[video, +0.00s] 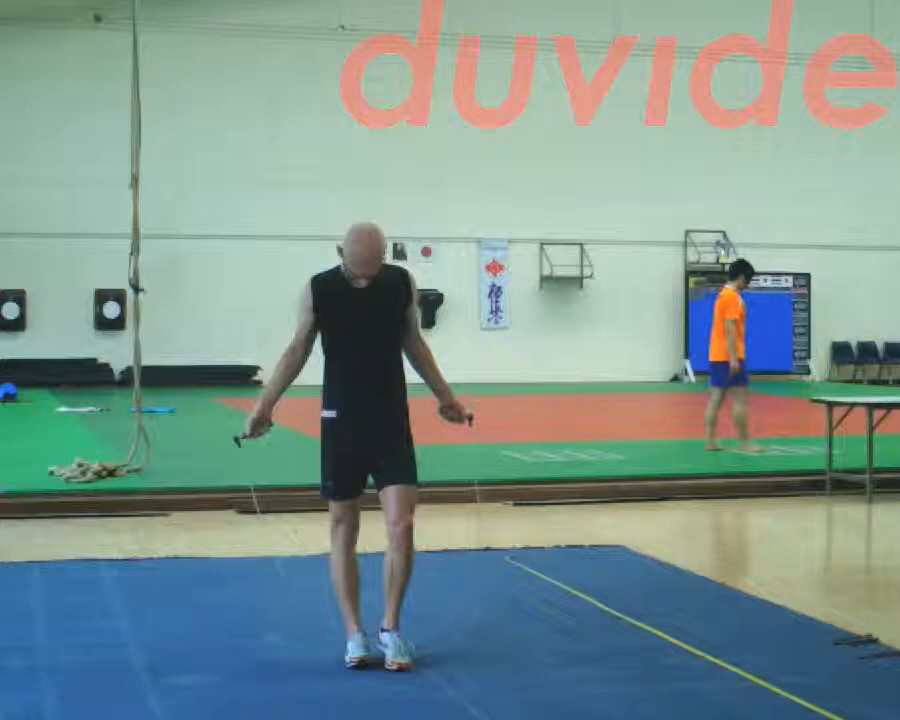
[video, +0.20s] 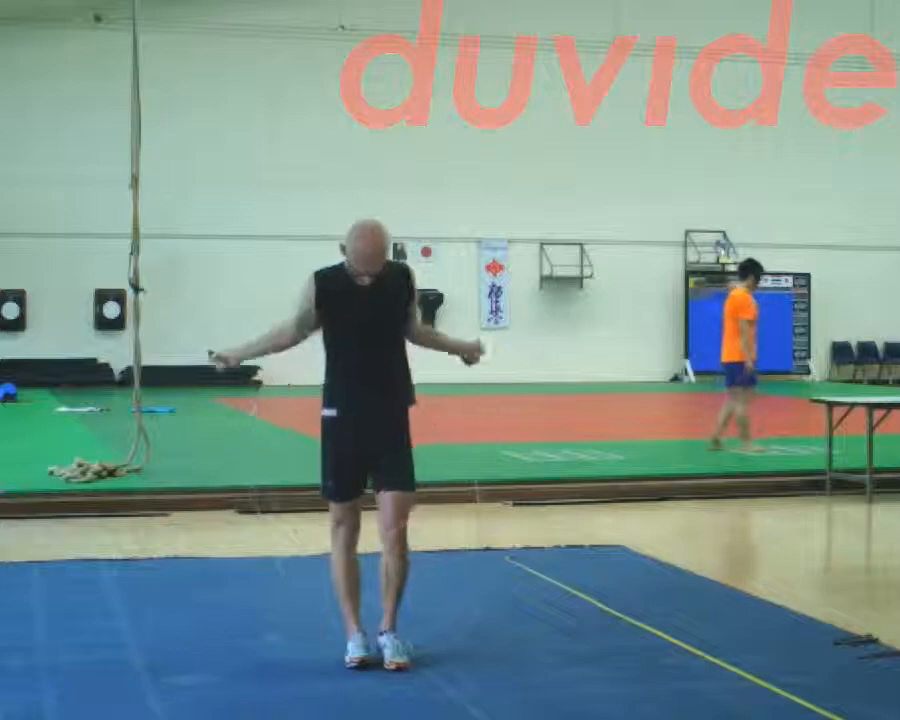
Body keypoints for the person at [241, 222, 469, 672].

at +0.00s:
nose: (364, 278)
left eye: (371, 271)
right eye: (357, 271)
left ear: (384, 256)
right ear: (342, 254)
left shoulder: (400, 282)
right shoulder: (319, 289)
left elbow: (414, 344)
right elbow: (295, 353)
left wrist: (446, 398)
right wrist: (263, 409)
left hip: (391, 421)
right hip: (342, 424)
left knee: (402, 524)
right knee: (343, 526)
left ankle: (391, 630)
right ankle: (354, 634)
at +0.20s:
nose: (366, 275)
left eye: (374, 269)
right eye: (359, 269)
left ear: (387, 254)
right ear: (345, 252)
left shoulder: (401, 279)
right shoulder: (325, 284)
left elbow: (415, 331)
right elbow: (292, 332)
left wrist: (461, 347)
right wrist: (238, 353)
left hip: (391, 419)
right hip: (343, 421)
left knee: (395, 528)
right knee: (343, 525)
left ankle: (389, 633)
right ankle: (354, 635)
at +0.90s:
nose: (381, 248)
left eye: (389, 240)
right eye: (374, 241)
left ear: (400, 227)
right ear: (358, 225)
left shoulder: (413, 260)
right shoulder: (333, 263)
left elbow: (421, 323)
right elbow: (313, 327)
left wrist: (452, 364)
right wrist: (294, 373)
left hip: (398, 396)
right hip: (351, 397)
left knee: (395, 501)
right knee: (359, 502)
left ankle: (385, 619)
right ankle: (355, 620)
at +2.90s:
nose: (378, 250)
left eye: (385, 242)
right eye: (370, 242)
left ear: (396, 230)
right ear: (355, 228)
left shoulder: (410, 267)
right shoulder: (329, 270)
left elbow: (418, 330)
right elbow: (306, 329)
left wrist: (452, 378)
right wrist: (286, 390)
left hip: (396, 398)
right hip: (350, 399)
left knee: (392, 502)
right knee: (355, 505)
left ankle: (382, 616)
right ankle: (353, 615)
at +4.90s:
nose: (370, 256)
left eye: (378, 247)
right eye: (361, 248)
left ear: (390, 241)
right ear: (347, 242)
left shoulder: (410, 286)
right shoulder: (325, 291)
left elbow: (423, 346)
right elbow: (308, 349)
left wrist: (456, 385)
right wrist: (290, 393)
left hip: (393, 417)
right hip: (346, 418)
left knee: (389, 520)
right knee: (353, 523)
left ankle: (376, 621)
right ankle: (348, 622)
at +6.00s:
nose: (379, 238)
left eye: (387, 230)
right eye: (371, 229)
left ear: (398, 220)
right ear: (357, 217)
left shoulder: (414, 258)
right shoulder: (333, 261)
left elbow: (424, 326)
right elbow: (311, 326)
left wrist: (453, 376)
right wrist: (289, 382)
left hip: (395, 391)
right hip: (352, 392)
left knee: (392, 498)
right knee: (358, 497)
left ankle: (377, 605)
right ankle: (354, 603)